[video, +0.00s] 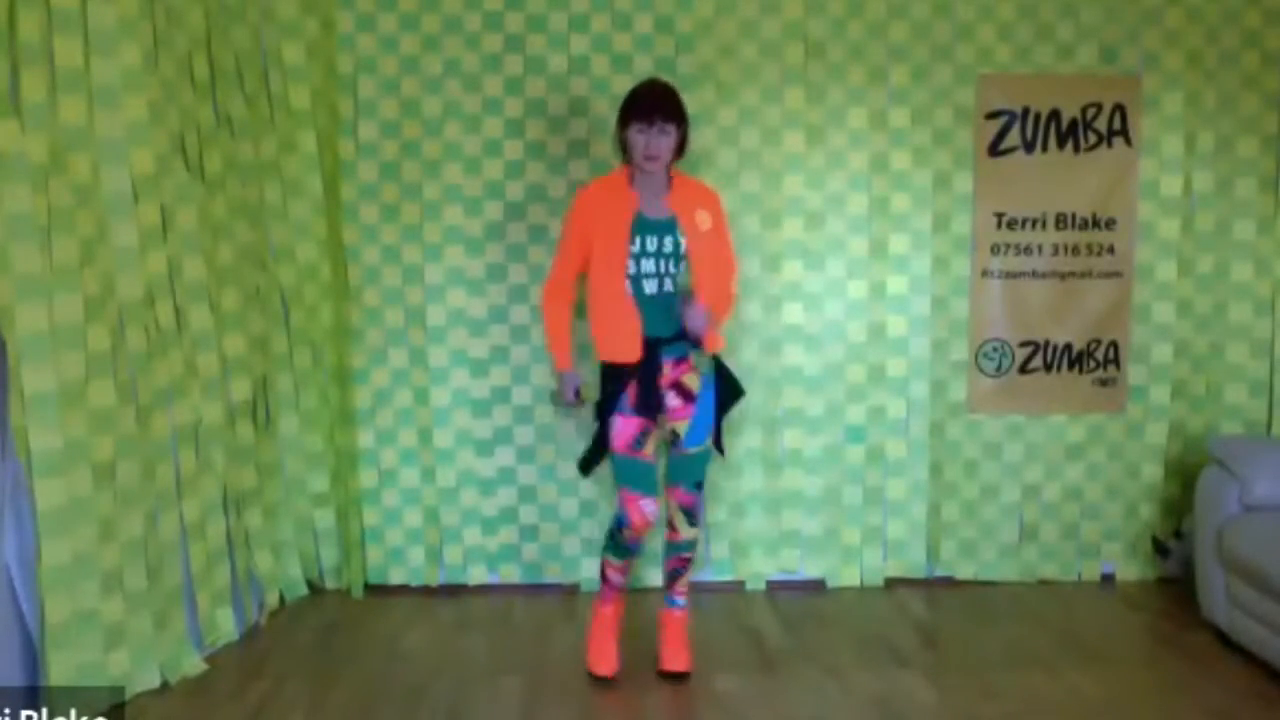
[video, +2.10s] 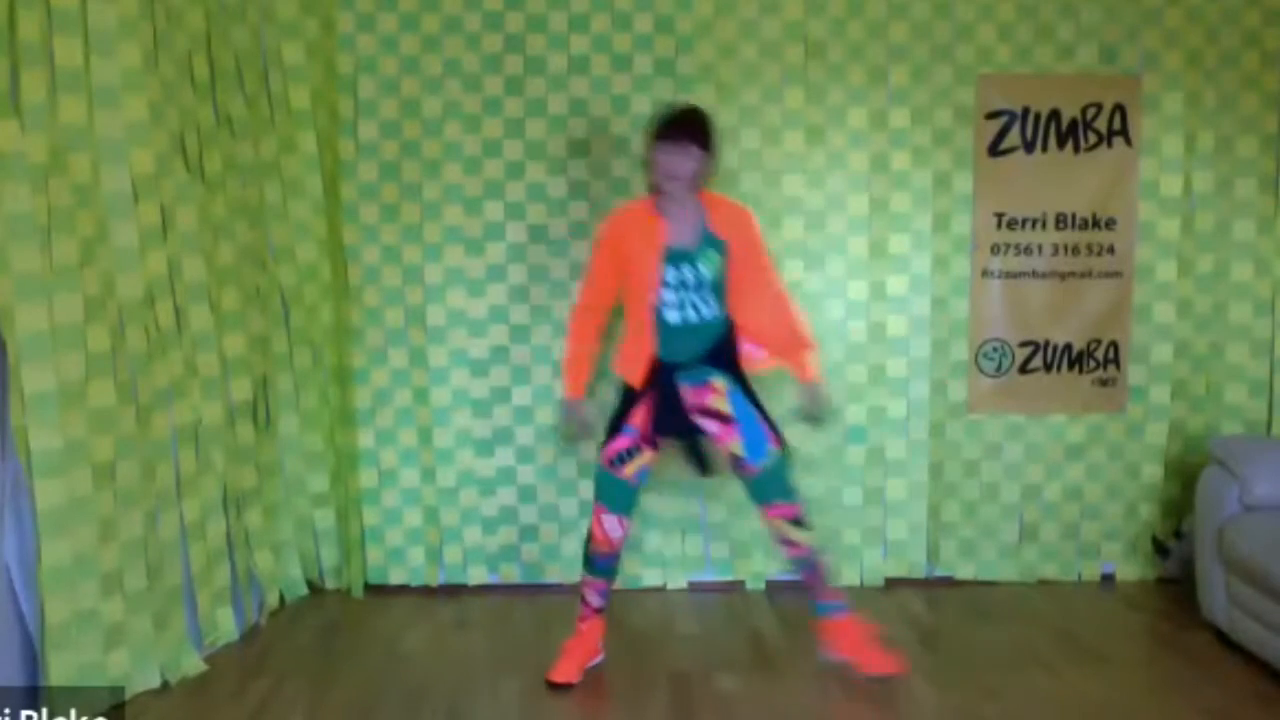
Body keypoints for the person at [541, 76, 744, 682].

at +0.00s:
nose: (652, 142)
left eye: (664, 131)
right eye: (641, 130)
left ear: (680, 139)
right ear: (623, 136)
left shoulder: (701, 201)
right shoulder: (594, 202)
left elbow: (723, 277)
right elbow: (560, 285)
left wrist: (704, 312)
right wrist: (564, 363)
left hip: (692, 364)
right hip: (626, 369)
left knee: (686, 505)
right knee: (636, 510)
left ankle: (676, 620)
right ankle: (607, 613)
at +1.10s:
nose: (622, 155)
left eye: (631, 146)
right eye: (611, 148)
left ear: (651, 158)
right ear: (594, 166)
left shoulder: (688, 210)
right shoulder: (589, 243)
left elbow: (714, 279)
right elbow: (569, 335)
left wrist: (730, 344)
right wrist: (552, 427)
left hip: (698, 374)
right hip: (630, 384)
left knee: (731, 512)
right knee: (609, 519)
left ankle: (689, 604)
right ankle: (598, 632)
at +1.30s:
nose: (678, 192)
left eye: (689, 182)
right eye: (667, 182)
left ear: (705, 191)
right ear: (648, 190)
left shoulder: (729, 253)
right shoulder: (620, 258)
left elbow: (783, 323)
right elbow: (579, 333)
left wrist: (826, 395)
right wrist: (575, 408)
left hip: (719, 411)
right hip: (645, 416)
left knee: (808, 511)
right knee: (590, 527)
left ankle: (851, 624)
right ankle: (595, 635)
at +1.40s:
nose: (720, 206)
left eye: (732, 195)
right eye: (710, 194)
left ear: (746, 205)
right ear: (691, 200)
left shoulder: (765, 271)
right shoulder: (655, 258)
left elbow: (819, 341)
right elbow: (603, 310)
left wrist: (874, 410)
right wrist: (597, 380)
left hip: (739, 428)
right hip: (664, 428)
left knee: (838, 526)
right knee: (597, 525)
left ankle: (874, 631)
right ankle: (596, 635)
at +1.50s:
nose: (786, 228)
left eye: (799, 218)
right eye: (778, 215)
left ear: (816, 230)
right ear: (761, 220)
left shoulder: (824, 303)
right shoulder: (722, 266)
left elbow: (884, 370)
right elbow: (655, 288)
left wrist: (947, 438)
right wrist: (648, 347)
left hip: (774, 445)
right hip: (698, 438)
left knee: (877, 525)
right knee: (617, 535)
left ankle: (881, 631)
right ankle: (600, 634)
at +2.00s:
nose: (741, 202)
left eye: (754, 192)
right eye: (734, 190)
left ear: (771, 201)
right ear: (721, 194)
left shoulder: (786, 260)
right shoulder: (687, 250)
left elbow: (840, 331)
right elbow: (630, 311)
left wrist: (889, 402)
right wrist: (616, 380)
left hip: (754, 409)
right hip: (685, 409)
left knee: (838, 510)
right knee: (626, 512)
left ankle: (880, 629)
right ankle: (589, 632)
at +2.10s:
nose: (672, 171)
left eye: (685, 160)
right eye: (663, 159)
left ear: (705, 165)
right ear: (649, 162)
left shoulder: (732, 221)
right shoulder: (625, 227)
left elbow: (765, 297)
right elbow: (593, 306)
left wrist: (806, 369)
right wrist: (574, 387)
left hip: (718, 375)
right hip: (649, 379)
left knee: (775, 487)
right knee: (612, 496)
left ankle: (834, 620)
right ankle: (588, 629)